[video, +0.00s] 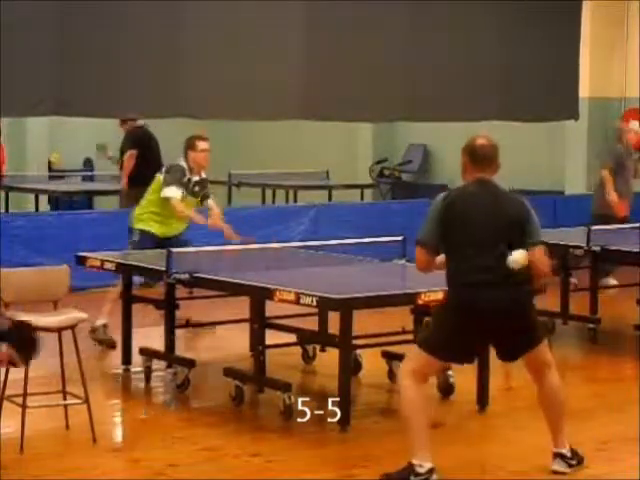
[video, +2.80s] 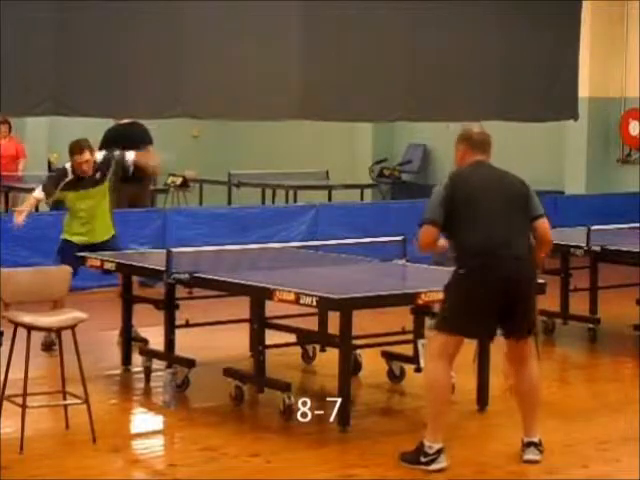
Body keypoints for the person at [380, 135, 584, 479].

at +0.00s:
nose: (464, 168)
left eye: (463, 163)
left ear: (464, 164)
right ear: (497, 166)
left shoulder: (448, 203)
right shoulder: (516, 204)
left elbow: (424, 262)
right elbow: (540, 265)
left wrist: (450, 256)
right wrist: (535, 282)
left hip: (463, 311)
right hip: (513, 310)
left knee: (412, 372)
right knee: (545, 371)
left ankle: (420, 464)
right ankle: (562, 452)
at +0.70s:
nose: (451, 165)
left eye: (453, 159)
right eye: (453, 159)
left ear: (459, 158)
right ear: (483, 157)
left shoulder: (449, 188)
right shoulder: (512, 190)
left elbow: (433, 246)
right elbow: (535, 245)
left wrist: (460, 242)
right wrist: (507, 250)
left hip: (472, 285)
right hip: (518, 284)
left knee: (432, 362)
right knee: (534, 360)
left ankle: (418, 448)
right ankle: (545, 441)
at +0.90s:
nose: (386, 162)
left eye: (386, 157)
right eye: (388, 157)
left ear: (390, 155)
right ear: (413, 154)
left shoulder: (395, 175)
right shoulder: (426, 175)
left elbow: (395, 216)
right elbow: (425, 222)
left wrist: (379, 245)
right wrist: (394, 246)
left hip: (436, 265)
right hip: (454, 261)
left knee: (444, 346)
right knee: (421, 339)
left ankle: (476, 427)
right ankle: (410, 408)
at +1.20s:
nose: (361, 178)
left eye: (363, 173)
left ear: (367, 169)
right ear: (386, 168)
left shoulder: (373, 173)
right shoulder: (399, 186)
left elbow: (379, 204)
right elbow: (392, 241)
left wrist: (363, 244)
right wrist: (352, 243)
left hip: (429, 244)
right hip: (424, 254)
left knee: (449, 313)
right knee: (420, 332)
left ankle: (491, 378)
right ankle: (411, 391)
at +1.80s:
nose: (360, 178)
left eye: (360, 175)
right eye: (362, 175)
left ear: (366, 170)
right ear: (385, 171)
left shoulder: (370, 177)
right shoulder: (400, 194)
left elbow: (375, 200)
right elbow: (401, 255)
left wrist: (362, 241)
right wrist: (366, 273)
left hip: (424, 244)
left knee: (442, 313)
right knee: (418, 335)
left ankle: (483, 386)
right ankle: (410, 415)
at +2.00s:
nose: (470, 129)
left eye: (471, 123)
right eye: (472, 123)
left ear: (479, 125)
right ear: (506, 126)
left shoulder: (475, 163)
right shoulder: (530, 167)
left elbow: (465, 215)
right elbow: (544, 220)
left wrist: (444, 222)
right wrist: (509, 225)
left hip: (484, 276)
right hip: (526, 276)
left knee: (456, 350)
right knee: (519, 353)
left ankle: (435, 439)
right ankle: (524, 442)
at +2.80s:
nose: (455, 159)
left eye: (456, 154)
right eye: (457, 154)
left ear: (462, 152)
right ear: (488, 152)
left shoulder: (455, 182)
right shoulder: (517, 183)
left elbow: (426, 241)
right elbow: (545, 235)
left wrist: (443, 243)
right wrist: (532, 260)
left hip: (474, 278)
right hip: (520, 277)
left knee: (440, 356)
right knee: (522, 357)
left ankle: (432, 447)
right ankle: (532, 441)